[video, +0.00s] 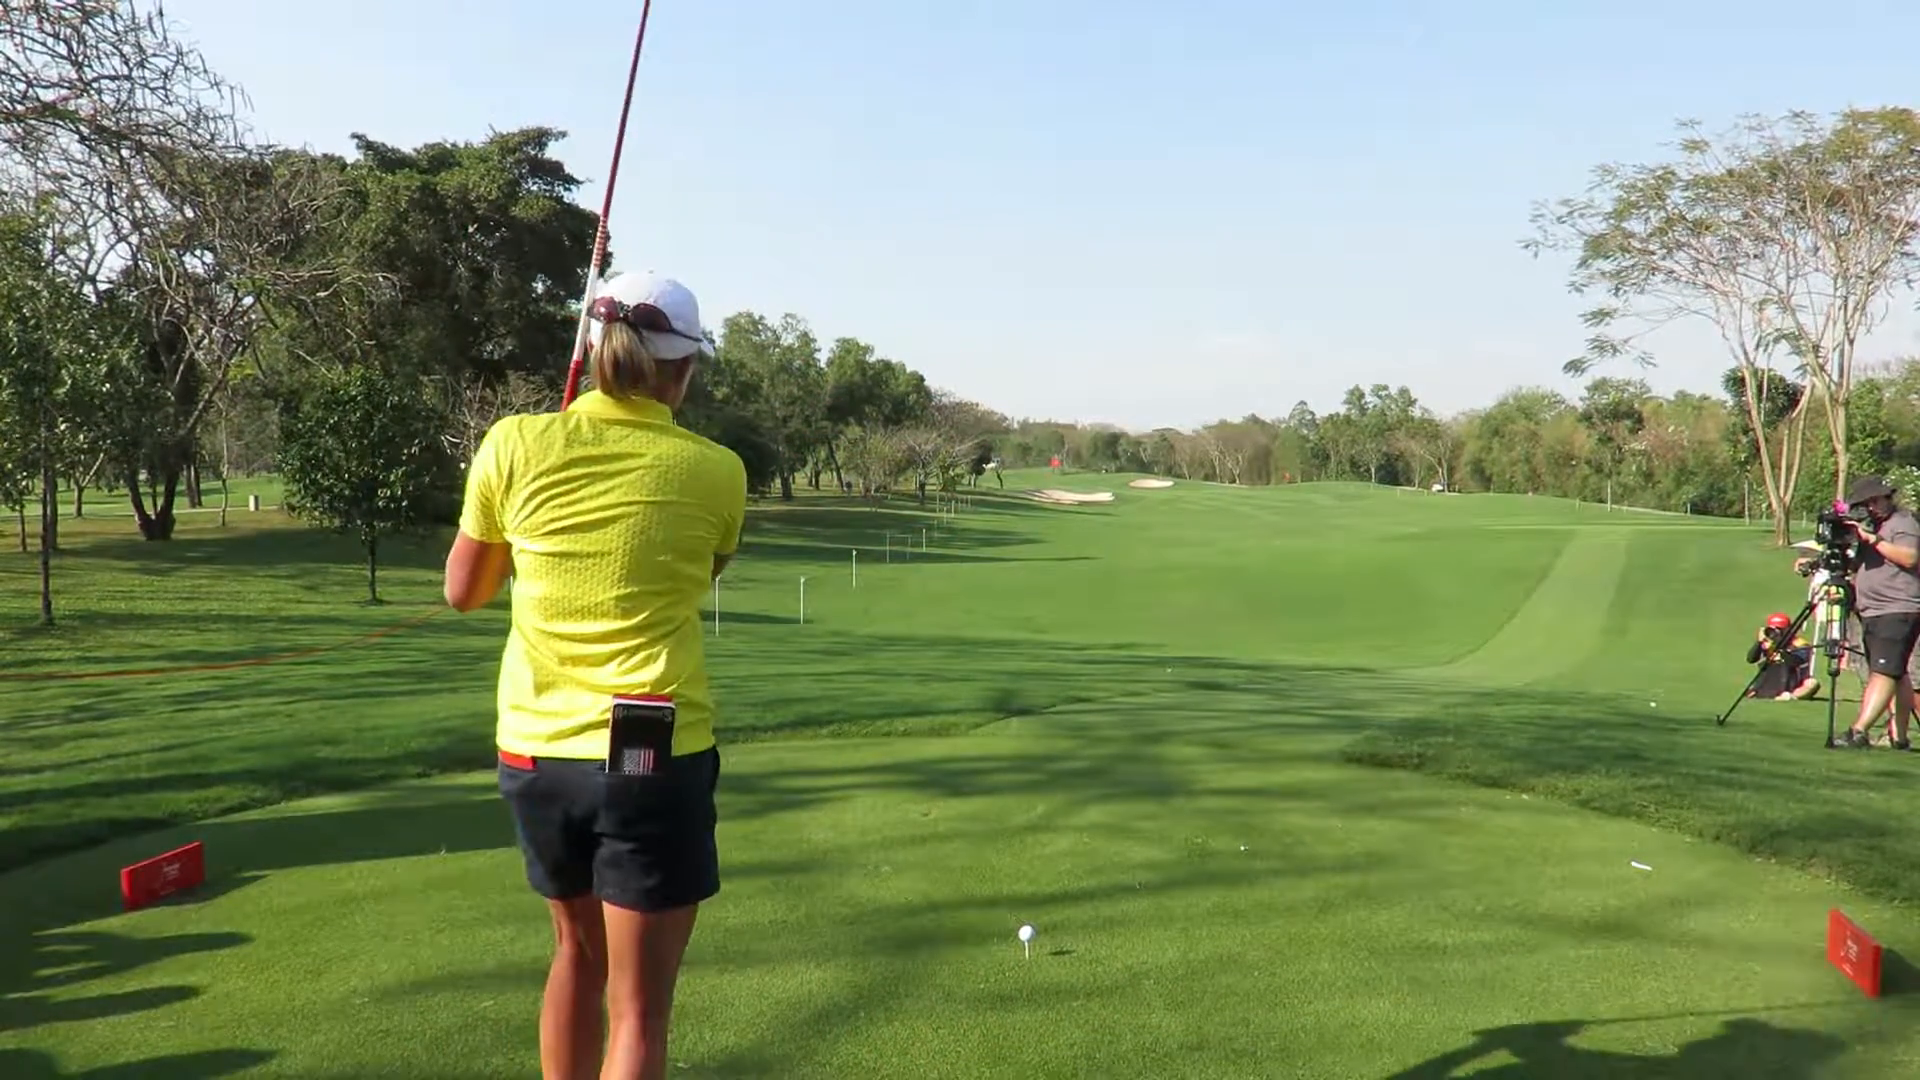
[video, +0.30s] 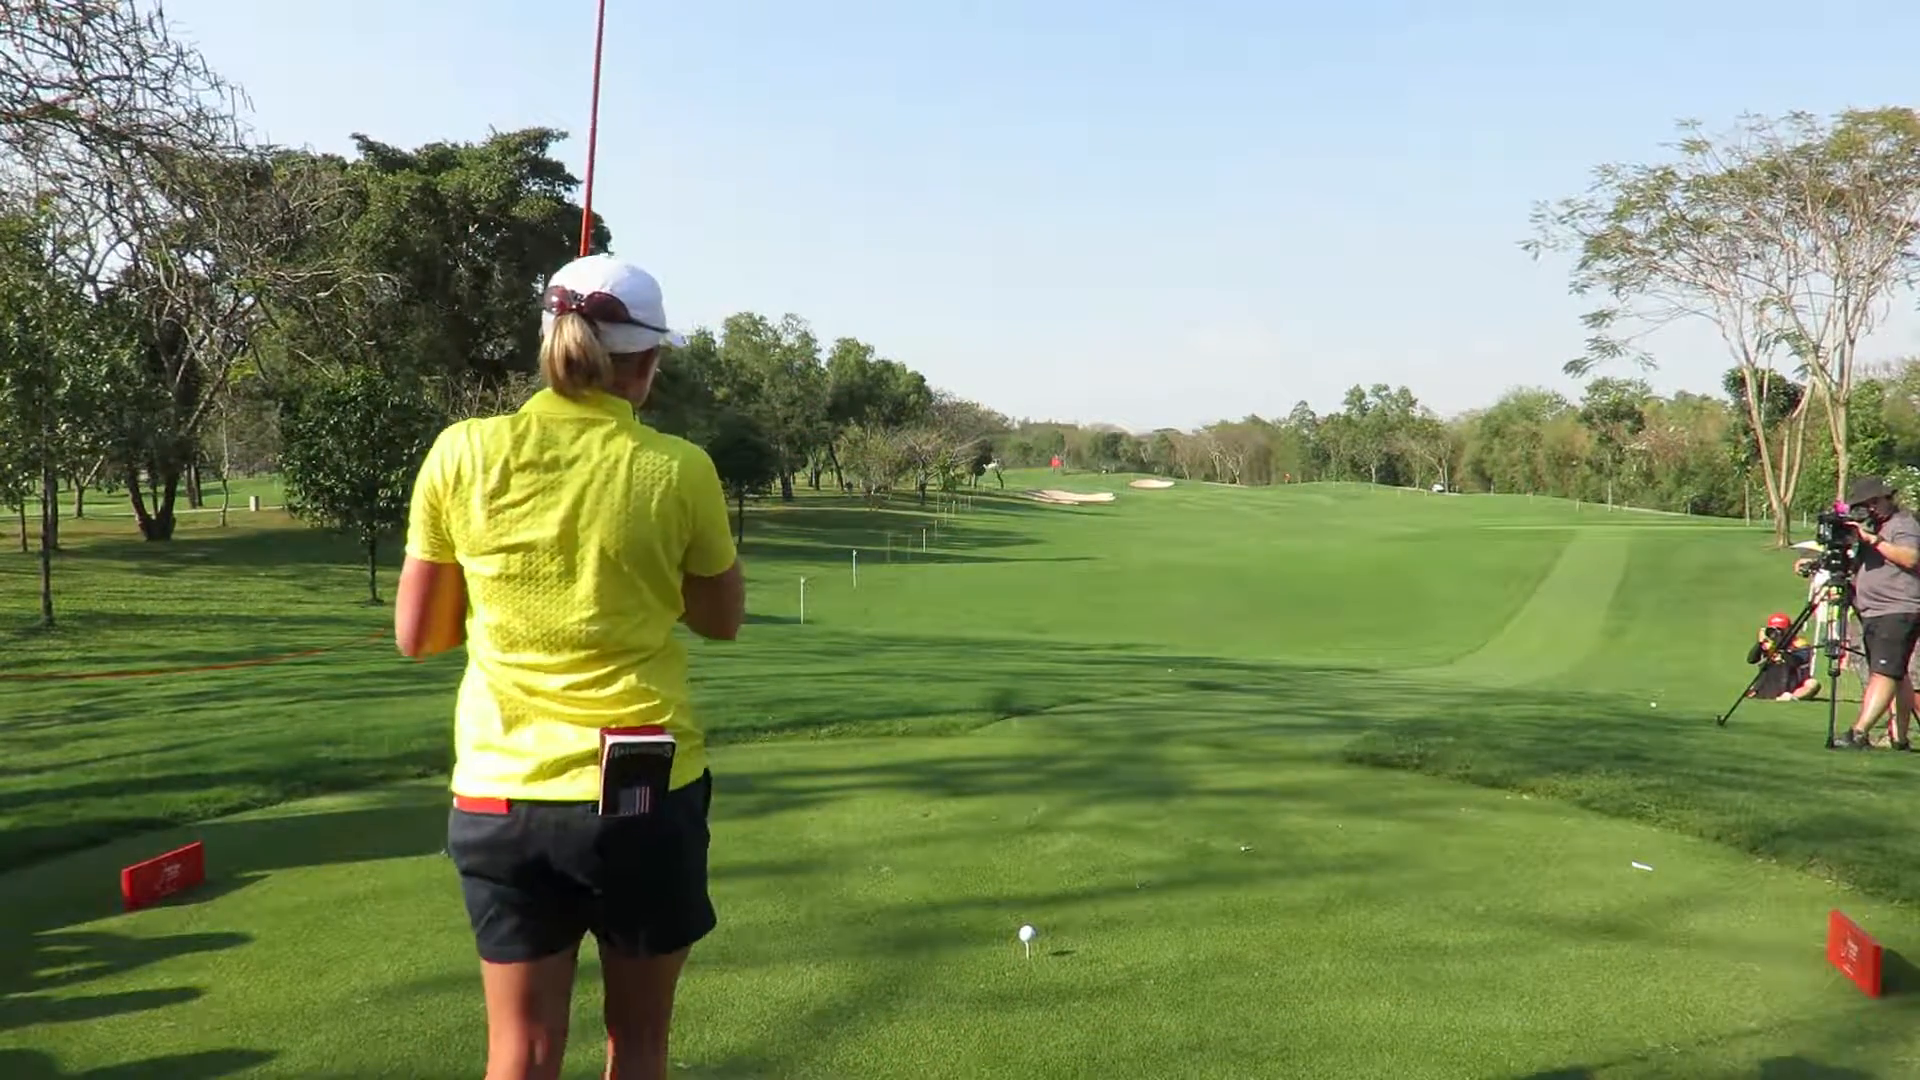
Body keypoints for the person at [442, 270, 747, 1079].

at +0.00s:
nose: (692, 376)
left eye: (689, 360)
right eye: (692, 362)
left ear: (590, 351)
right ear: (681, 368)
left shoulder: (514, 444)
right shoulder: (716, 472)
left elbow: (464, 587)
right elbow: (701, 570)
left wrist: (546, 520)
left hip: (537, 757)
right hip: (656, 763)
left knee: (573, 951)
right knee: (639, 1009)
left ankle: (564, 1077)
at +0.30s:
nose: (658, 369)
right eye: (657, 355)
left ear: (546, 345)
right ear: (643, 363)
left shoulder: (460, 452)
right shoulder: (677, 469)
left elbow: (418, 631)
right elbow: (720, 617)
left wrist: (505, 588)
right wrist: (633, 568)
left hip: (497, 807)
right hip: (642, 806)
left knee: (519, 1050)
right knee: (638, 1044)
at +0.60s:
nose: (610, 363)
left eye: (612, 343)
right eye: (611, 345)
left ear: (486, 336)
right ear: (594, 350)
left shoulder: (387, 450)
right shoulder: (624, 468)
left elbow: (304, 647)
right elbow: (692, 675)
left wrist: (426, 638)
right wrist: (620, 609)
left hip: (419, 848)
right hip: (584, 843)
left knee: (462, 1070)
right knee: (645, 1058)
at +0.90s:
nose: (594, 346)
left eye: (593, 321)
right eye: (595, 324)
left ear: (462, 310)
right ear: (577, 327)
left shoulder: (350, 442)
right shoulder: (614, 468)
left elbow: (203, 631)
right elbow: (675, 719)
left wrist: (342, 720)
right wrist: (619, 709)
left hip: (379, 871)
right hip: (553, 877)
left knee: (427, 1065)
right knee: (570, 1062)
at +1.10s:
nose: (593, 343)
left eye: (591, 321)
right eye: (595, 324)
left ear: (453, 308)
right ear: (578, 329)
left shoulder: (336, 443)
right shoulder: (608, 472)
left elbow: (193, 655)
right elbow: (675, 742)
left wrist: (328, 772)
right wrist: (654, 832)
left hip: (349, 906)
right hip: (526, 916)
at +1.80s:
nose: (563, 331)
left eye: (564, 307)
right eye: (564, 309)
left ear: (412, 293)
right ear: (546, 317)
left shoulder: (284, 442)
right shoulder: (575, 467)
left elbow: (168, 691)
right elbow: (636, 760)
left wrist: (240, 849)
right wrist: (642, 913)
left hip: (311, 919)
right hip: (501, 927)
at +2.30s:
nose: (443, 373)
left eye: (445, 353)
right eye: (444, 354)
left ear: (317, 341)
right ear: (422, 356)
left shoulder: (202, 466)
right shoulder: (450, 476)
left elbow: (115, 683)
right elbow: (510, 709)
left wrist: (156, 831)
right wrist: (545, 843)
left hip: (229, 866)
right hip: (400, 865)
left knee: (268, 1066)